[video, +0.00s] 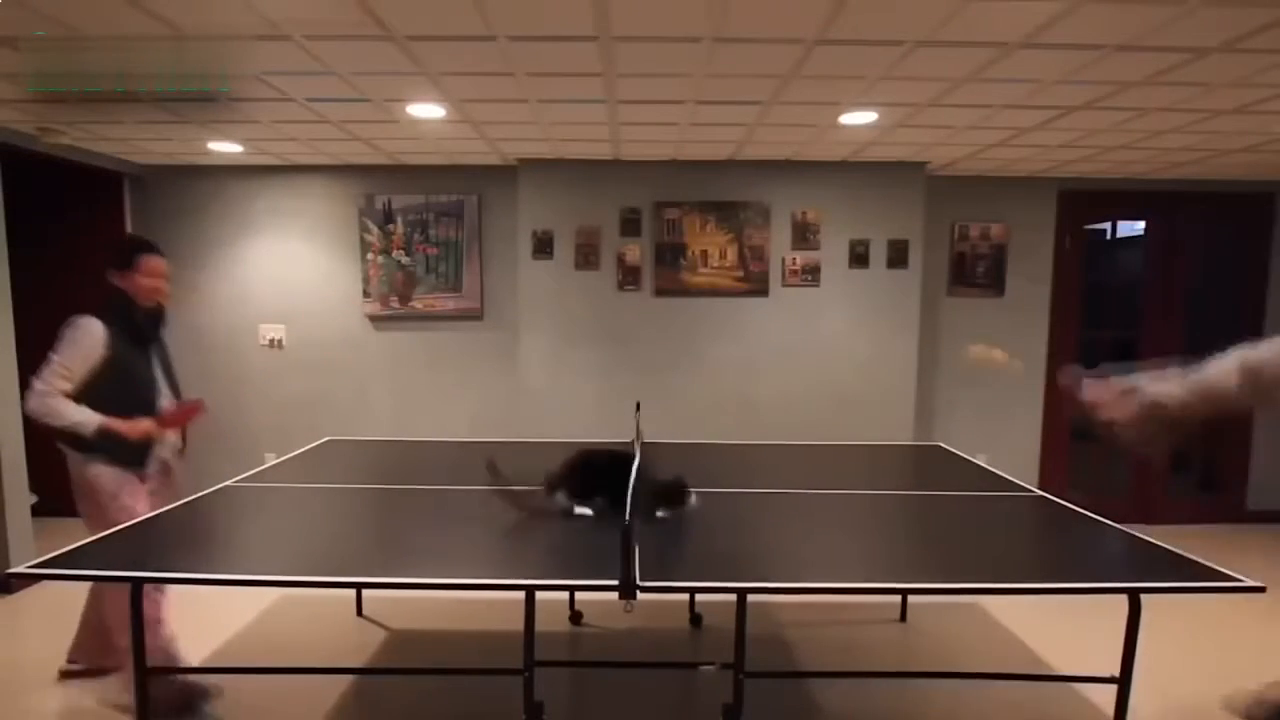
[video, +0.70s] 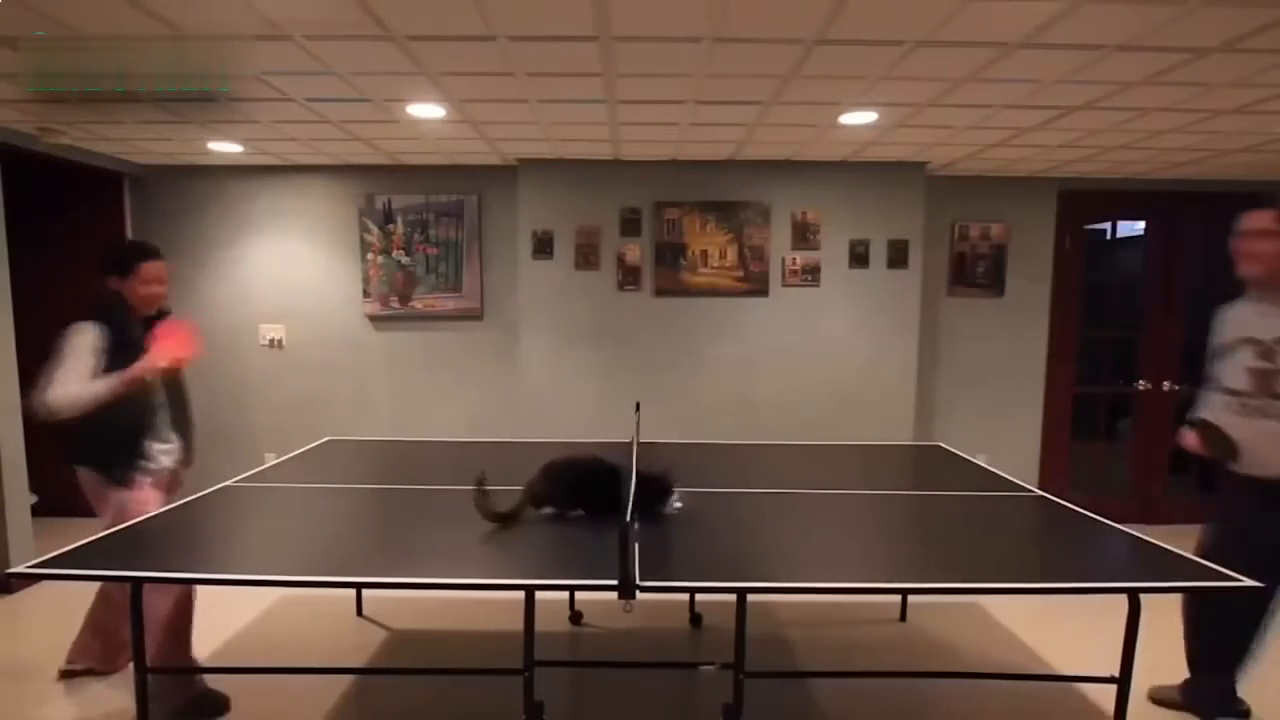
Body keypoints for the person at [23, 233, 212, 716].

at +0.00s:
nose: (161, 288)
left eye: (165, 279)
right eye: (151, 278)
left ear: (165, 283)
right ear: (123, 279)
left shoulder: (150, 334)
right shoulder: (93, 330)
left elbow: (160, 401)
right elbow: (40, 400)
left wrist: (175, 420)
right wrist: (115, 427)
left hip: (147, 466)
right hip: (103, 470)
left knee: (127, 560)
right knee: (143, 560)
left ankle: (91, 655)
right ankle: (159, 677)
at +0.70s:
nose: (160, 292)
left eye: (163, 282)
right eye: (150, 282)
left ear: (165, 284)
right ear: (119, 285)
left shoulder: (157, 334)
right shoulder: (93, 333)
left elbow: (172, 414)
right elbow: (52, 400)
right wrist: (133, 375)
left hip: (153, 465)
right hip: (108, 468)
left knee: (132, 564)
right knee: (168, 567)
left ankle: (89, 658)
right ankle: (170, 686)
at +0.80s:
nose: (186, 282)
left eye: (188, 272)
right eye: (175, 273)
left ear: (186, 276)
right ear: (142, 278)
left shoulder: (175, 328)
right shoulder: (119, 325)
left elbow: (186, 403)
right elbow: (110, 378)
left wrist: (188, 460)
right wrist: (182, 344)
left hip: (165, 466)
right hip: (121, 468)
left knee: (133, 565)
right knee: (176, 569)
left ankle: (92, 657)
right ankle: (174, 689)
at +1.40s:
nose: (205, 341)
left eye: (209, 332)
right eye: (198, 331)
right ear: (168, 324)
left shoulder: (180, 369)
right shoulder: (119, 362)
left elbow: (161, 434)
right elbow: (48, 422)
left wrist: (162, 473)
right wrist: (114, 454)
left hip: (139, 478)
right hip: (85, 482)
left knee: (169, 550)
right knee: (133, 563)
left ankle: (117, 648)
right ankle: (164, 676)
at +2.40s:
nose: (250, 306)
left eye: (253, 299)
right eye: (245, 297)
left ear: (231, 297)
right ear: (217, 291)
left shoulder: (216, 334)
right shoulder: (178, 326)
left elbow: (197, 403)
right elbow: (213, 382)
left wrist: (199, 457)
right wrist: (275, 365)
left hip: (185, 450)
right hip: (144, 448)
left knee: (205, 533)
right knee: (151, 548)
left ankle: (215, 618)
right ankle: (60, 622)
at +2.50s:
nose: (258, 311)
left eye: (260, 304)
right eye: (254, 303)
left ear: (231, 300)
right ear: (226, 296)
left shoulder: (220, 337)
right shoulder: (183, 327)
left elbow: (203, 398)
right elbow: (195, 392)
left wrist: (199, 452)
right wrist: (262, 385)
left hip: (184, 447)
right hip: (145, 447)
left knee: (208, 527)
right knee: (178, 533)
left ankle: (216, 616)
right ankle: (80, 601)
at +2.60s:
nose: (253, 310)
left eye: (255, 303)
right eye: (248, 301)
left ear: (228, 300)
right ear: (219, 295)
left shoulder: (217, 336)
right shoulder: (177, 329)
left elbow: (208, 399)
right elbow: (168, 399)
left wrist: (203, 454)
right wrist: (240, 401)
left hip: (187, 449)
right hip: (145, 448)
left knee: (209, 528)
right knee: (182, 536)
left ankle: (215, 618)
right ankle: (88, 618)